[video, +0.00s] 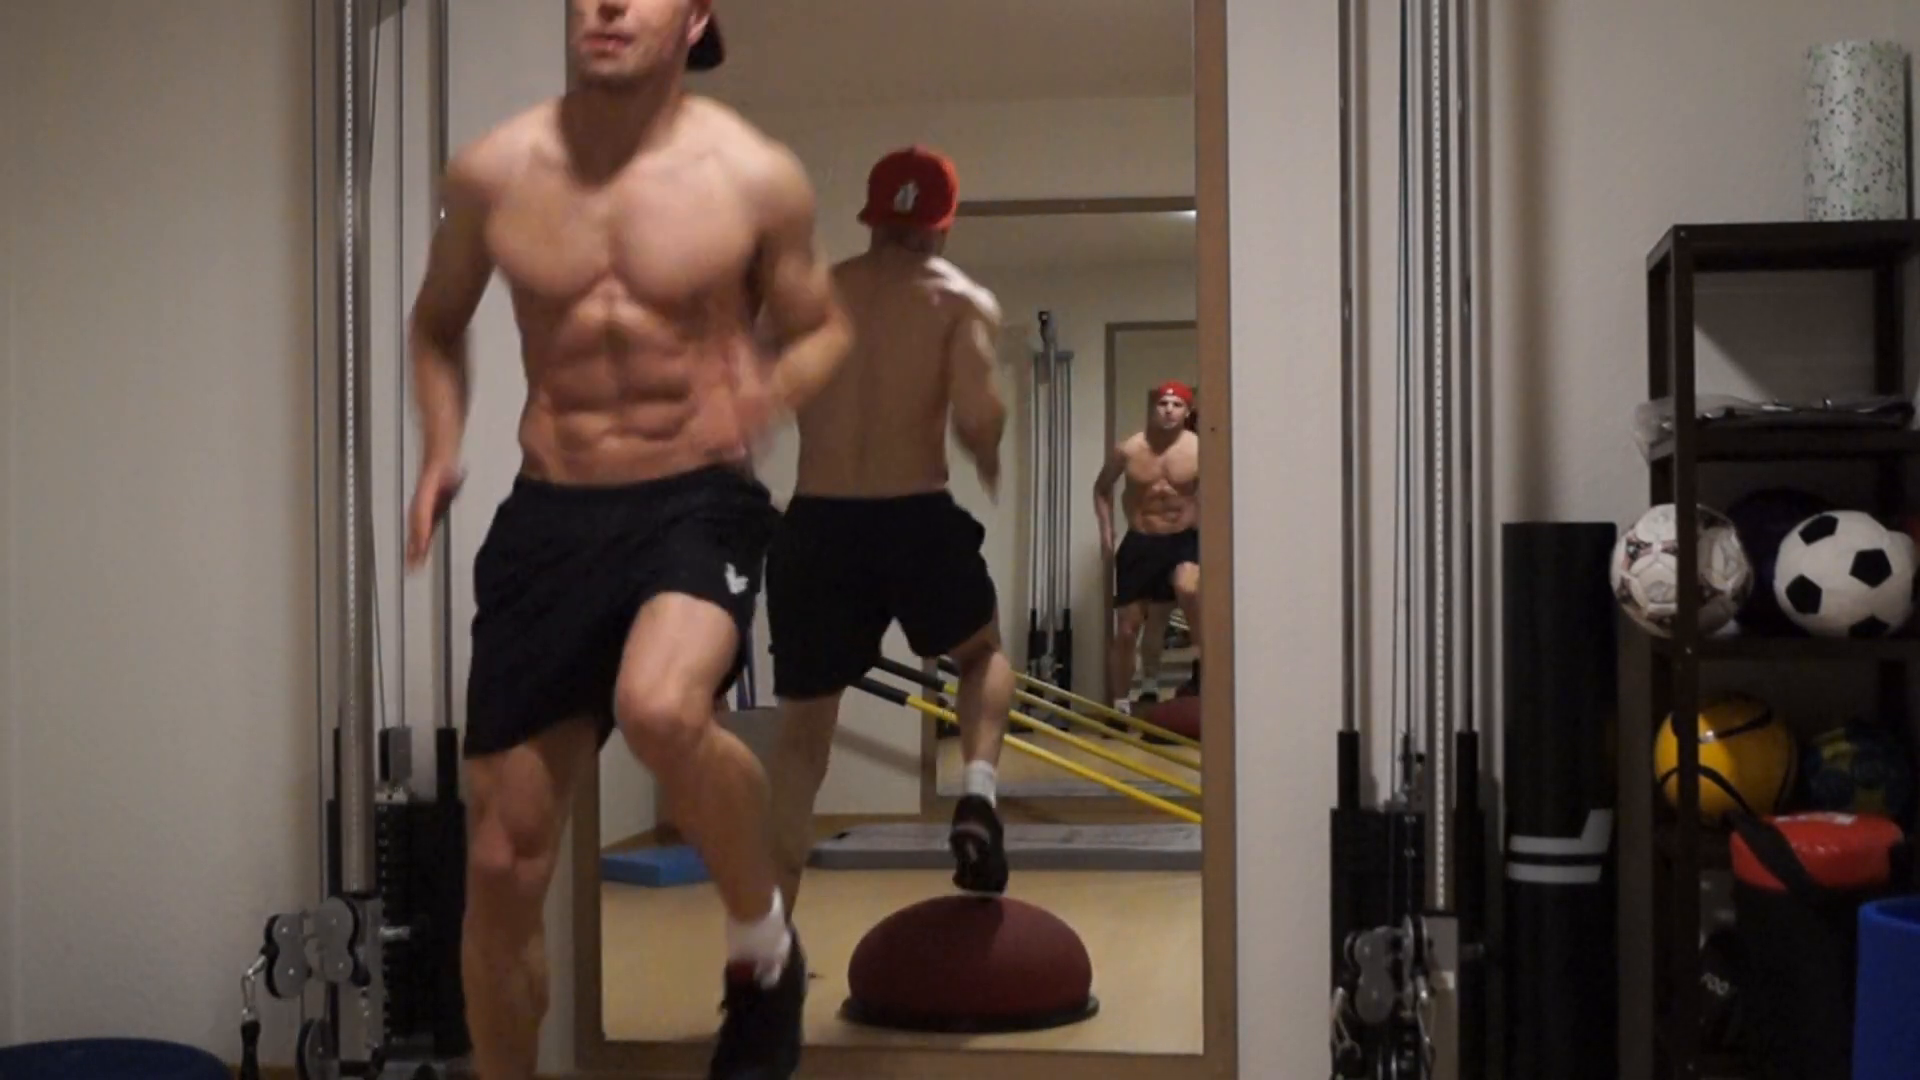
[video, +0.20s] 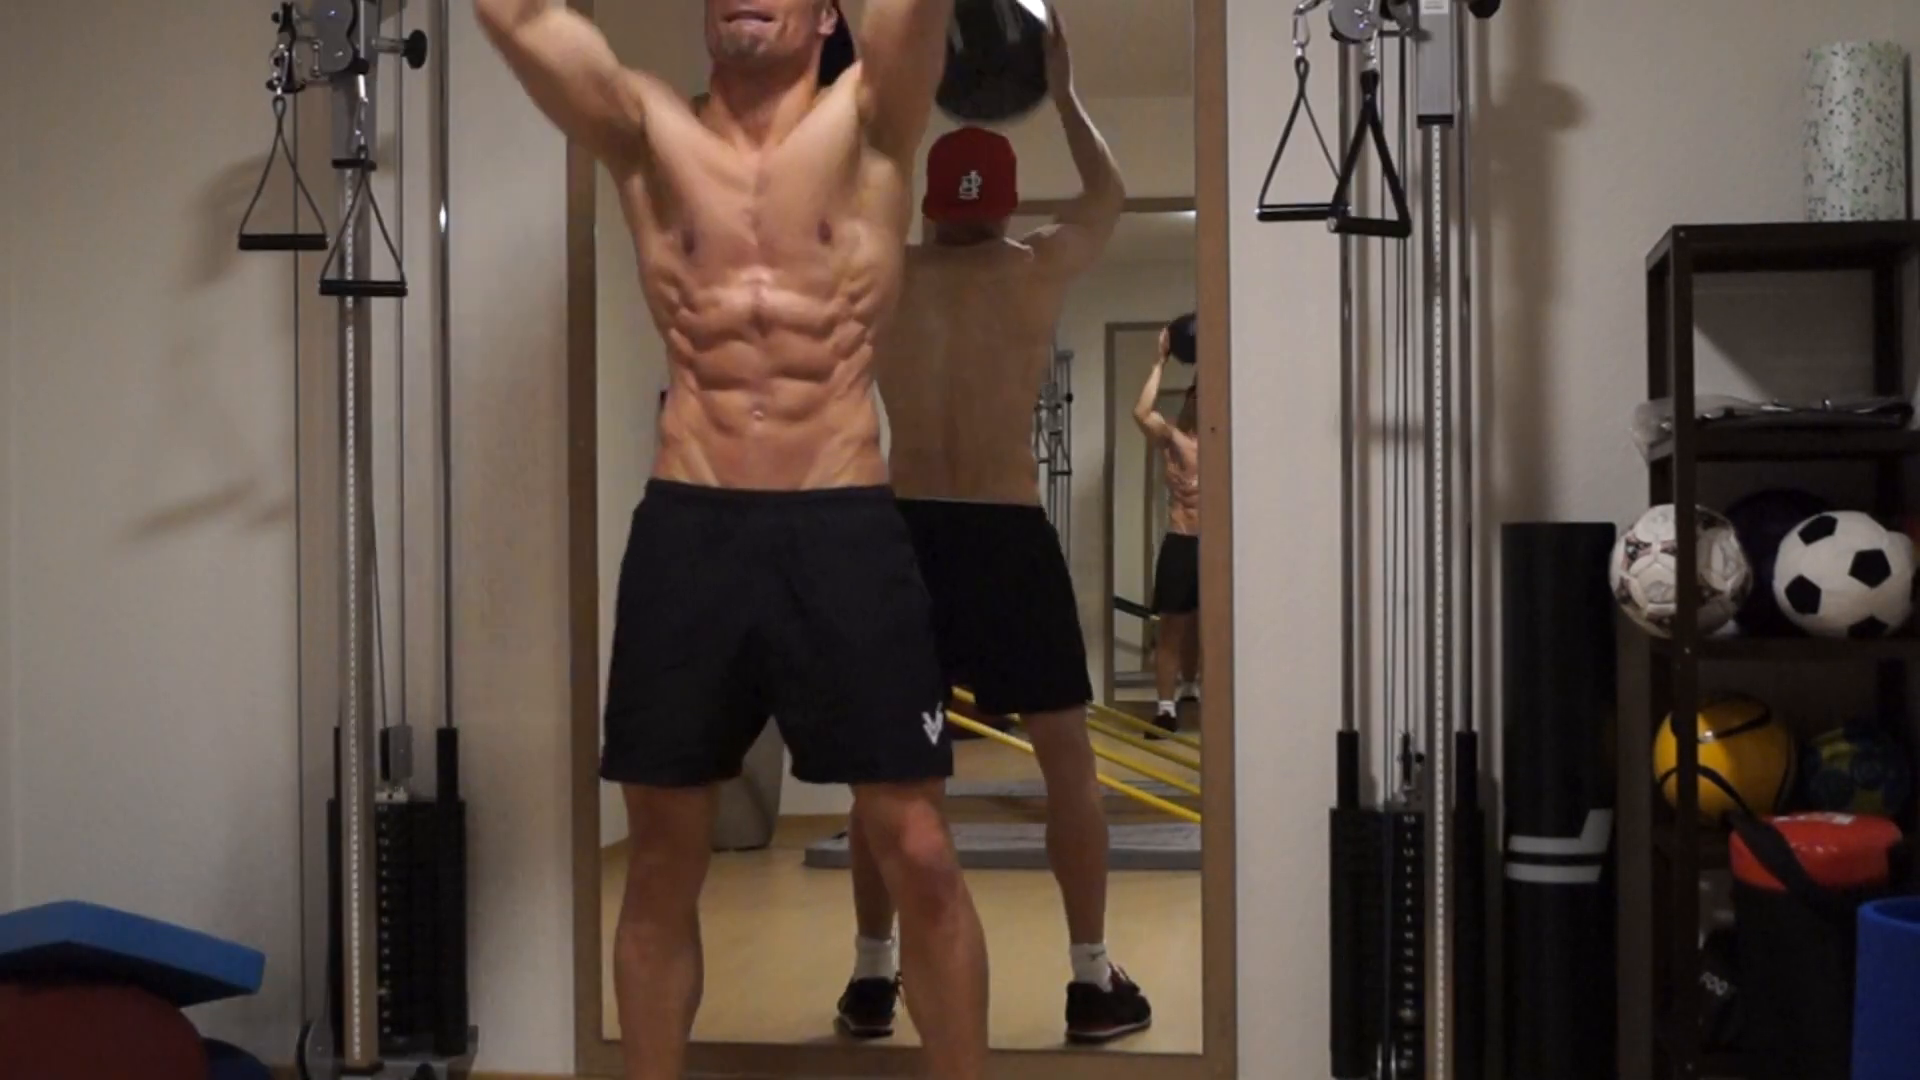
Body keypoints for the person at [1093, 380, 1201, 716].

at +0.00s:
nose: (1168, 410)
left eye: (1175, 405)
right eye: (1161, 404)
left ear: (1187, 412)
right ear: (1151, 410)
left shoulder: (1198, 448)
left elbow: (1214, 491)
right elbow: (1102, 489)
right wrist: (1108, 538)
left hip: (1184, 540)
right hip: (1140, 541)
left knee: (1188, 589)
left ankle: (1203, 660)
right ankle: (1120, 705)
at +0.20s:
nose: (1203, 405)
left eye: (1207, 399)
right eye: (1200, 399)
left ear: (1213, 407)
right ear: (1192, 405)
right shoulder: (1173, 438)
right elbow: (1142, 412)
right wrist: (1160, 361)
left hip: (1212, 540)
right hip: (1181, 538)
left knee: (1206, 626)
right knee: (1172, 626)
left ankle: (1198, 698)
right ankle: (1166, 706)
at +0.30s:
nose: (1189, 403)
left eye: (1190, 393)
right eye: (1186, 395)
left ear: (1200, 396)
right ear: (1185, 399)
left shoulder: (1221, 438)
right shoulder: (1179, 439)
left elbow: (1149, 451)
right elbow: (1148, 453)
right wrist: (1157, 408)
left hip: (1210, 540)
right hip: (1185, 538)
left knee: (1205, 626)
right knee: (1172, 627)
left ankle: (1197, 694)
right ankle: (1167, 705)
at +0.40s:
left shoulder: (1222, 448)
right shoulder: (1181, 457)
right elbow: (1152, 486)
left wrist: (1180, 459)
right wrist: (1161, 446)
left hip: (1212, 545)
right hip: (1186, 544)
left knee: (1201, 625)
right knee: (1171, 623)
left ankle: (1193, 692)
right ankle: (1167, 705)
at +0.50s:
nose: (1204, 434)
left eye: (1210, 427)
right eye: (1200, 426)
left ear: (1219, 431)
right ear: (1193, 430)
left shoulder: (1225, 469)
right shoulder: (1175, 471)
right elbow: (1166, 523)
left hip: (1215, 558)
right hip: (1186, 557)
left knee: (1197, 625)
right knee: (1165, 619)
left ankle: (1192, 685)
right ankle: (1168, 707)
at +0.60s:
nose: (1199, 462)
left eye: (1204, 454)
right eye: (1196, 453)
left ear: (1212, 458)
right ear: (1190, 455)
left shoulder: (1220, 492)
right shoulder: (1174, 493)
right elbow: (1169, 545)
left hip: (1211, 575)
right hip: (1184, 573)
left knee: (1188, 636)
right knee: (1161, 634)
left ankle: (1191, 688)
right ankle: (1167, 707)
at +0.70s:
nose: (1203, 498)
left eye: (1206, 492)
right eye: (1198, 491)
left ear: (1216, 494)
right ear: (1191, 490)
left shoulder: (1224, 530)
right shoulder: (1178, 530)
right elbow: (1172, 588)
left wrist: (1207, 626)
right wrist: (1175, 639)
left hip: (1217, 594)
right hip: (1185, 592)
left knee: (1211, 639)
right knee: (1153, 636)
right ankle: (1167, 709)